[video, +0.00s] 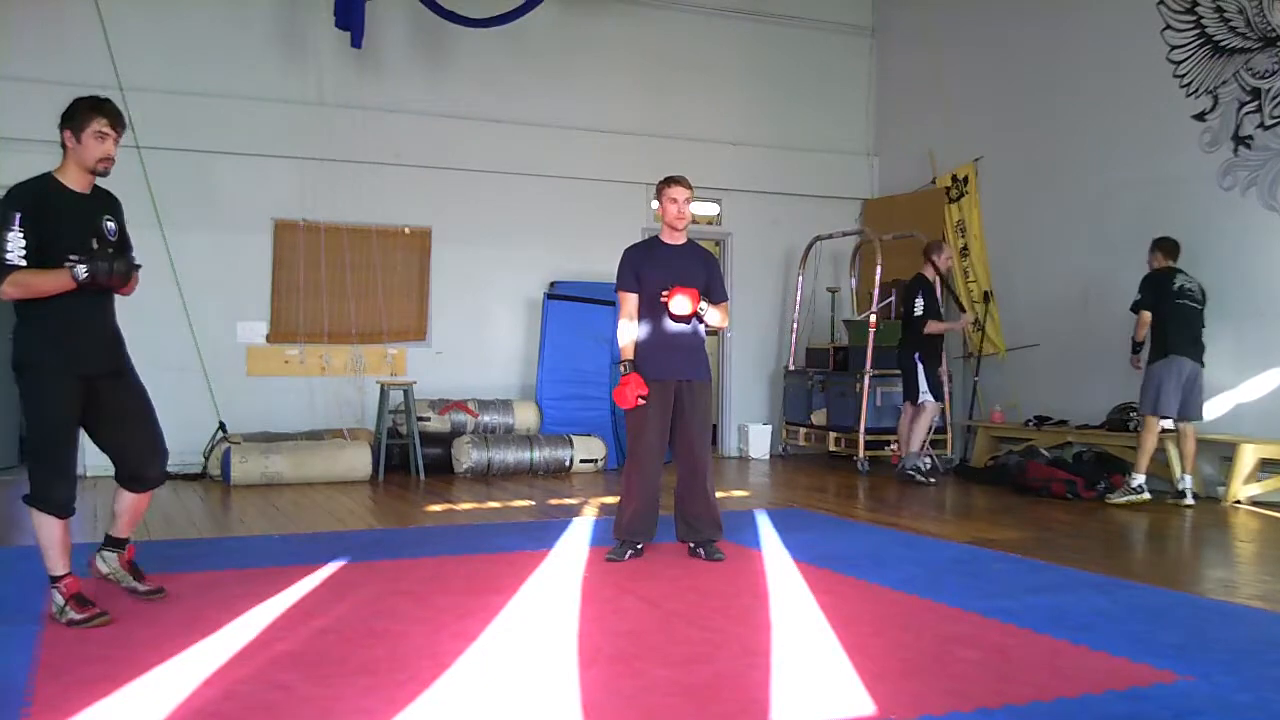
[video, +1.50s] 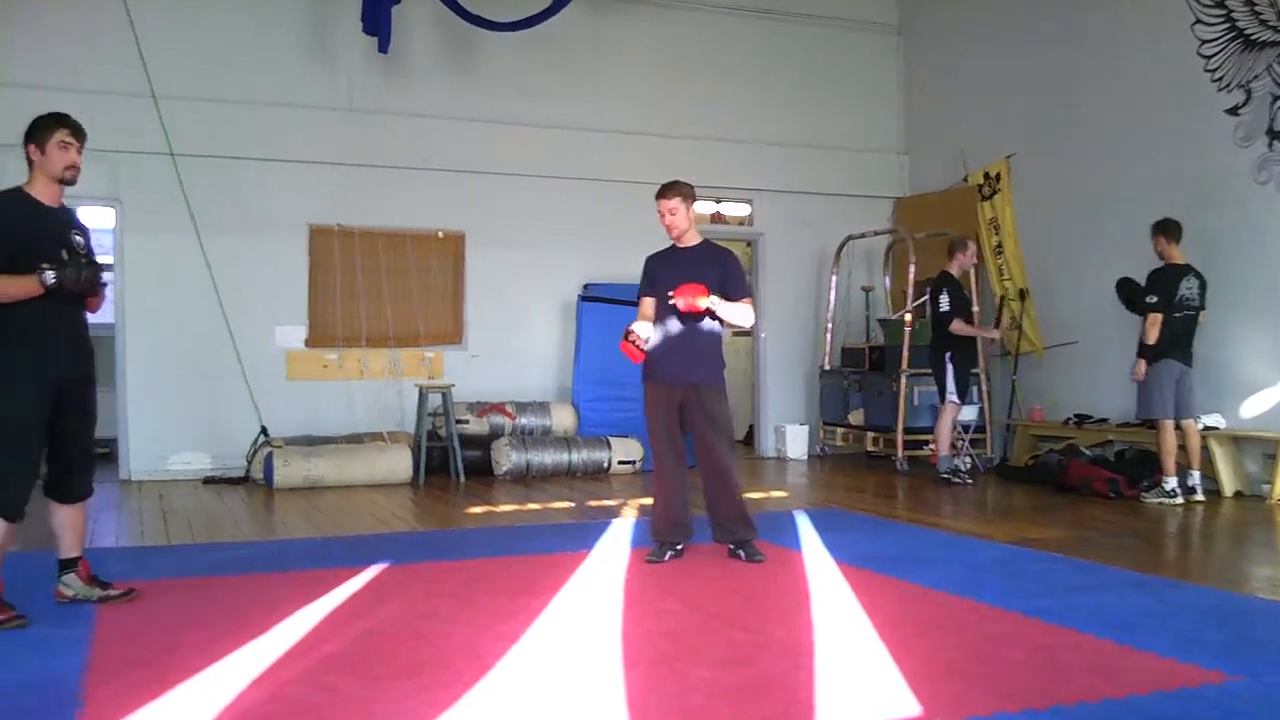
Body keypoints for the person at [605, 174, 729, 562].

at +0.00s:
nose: (680, 208)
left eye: (686, 202)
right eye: (673, 201)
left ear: (693, 208)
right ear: (659, 206)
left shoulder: (706, 259)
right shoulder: (636, 255)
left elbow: (722, 318)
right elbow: (627, 317)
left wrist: (699, 308)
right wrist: (627, 367)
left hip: (695, 373)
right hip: (650, 371)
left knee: (696, 457)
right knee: (643, 456)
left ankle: (700, 536)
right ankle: (632, 537)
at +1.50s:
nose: (666, 220)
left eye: (673, 212)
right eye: (661, 214)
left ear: (692, 210)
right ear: (659, 216)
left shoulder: (722, 258)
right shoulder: (655, 263)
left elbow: (746, 317)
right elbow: (646, 317)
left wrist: (711, 302)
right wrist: (638, 335)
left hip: (705, 376)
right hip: (660, 376)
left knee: (719, 457)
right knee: (666, 460)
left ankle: (738, 536)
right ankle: (670, 538)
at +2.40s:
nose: (706, 235)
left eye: (713, 228)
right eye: (699, 228)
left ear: (724, 219)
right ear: (689, 217)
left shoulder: (741, 260)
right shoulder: (666, 255)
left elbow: (759, 316)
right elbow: (655, 317)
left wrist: (734, 328)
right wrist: (654, 375)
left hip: (726, 382)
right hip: (681, 380)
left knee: (722, 464)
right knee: (688, 463)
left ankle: (716, 552)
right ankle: (701, 544)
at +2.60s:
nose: (741, 236)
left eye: (749, 230)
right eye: (735, 227)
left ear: (761, 220)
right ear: (725, 212)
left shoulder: (770, 261)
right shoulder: (695, 247)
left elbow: (786, 317)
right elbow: (674, 306)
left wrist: (759, 331)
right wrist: (673, 364)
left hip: (747, 383)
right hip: (700, 379)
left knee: (742, 463)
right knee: (710, 462)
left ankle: (736, 550)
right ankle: (725, 533)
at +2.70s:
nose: (738, 231)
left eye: (747, 225)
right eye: (733, 222)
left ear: (761, 216)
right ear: (724, 206)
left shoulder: (771, 260)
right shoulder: (695, 241)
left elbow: (786, 315)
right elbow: (675, 302)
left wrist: (759, 327)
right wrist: (671, 361)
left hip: (745, 381)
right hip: (696, 374)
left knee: (742, 462)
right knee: (693, 452)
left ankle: (737, 549)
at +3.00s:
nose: (714, 228)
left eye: (723, 222)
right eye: (709, 219)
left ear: (740, 211)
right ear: (701, 206)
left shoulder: (755, 256)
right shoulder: (686, 236)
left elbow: (777, 319)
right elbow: (670, 297)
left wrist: (737, 325)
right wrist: (654, 353)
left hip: (726, 374)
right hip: (680, 367)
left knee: (732, 462)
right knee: (662, 443)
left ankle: (733, 546)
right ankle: (706, 484)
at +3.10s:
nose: (696, 223)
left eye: (704, 216)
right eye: (691, 214)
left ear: (721, 206)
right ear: (683, 203)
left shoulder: (740, 251)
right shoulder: (673, 235)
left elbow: (763, 314)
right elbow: (658, 294)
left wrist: (717, 319)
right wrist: (642, 352)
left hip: (715, 373)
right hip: (667, 367)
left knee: (722, 459)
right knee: (656, 452)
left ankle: (726, 544)